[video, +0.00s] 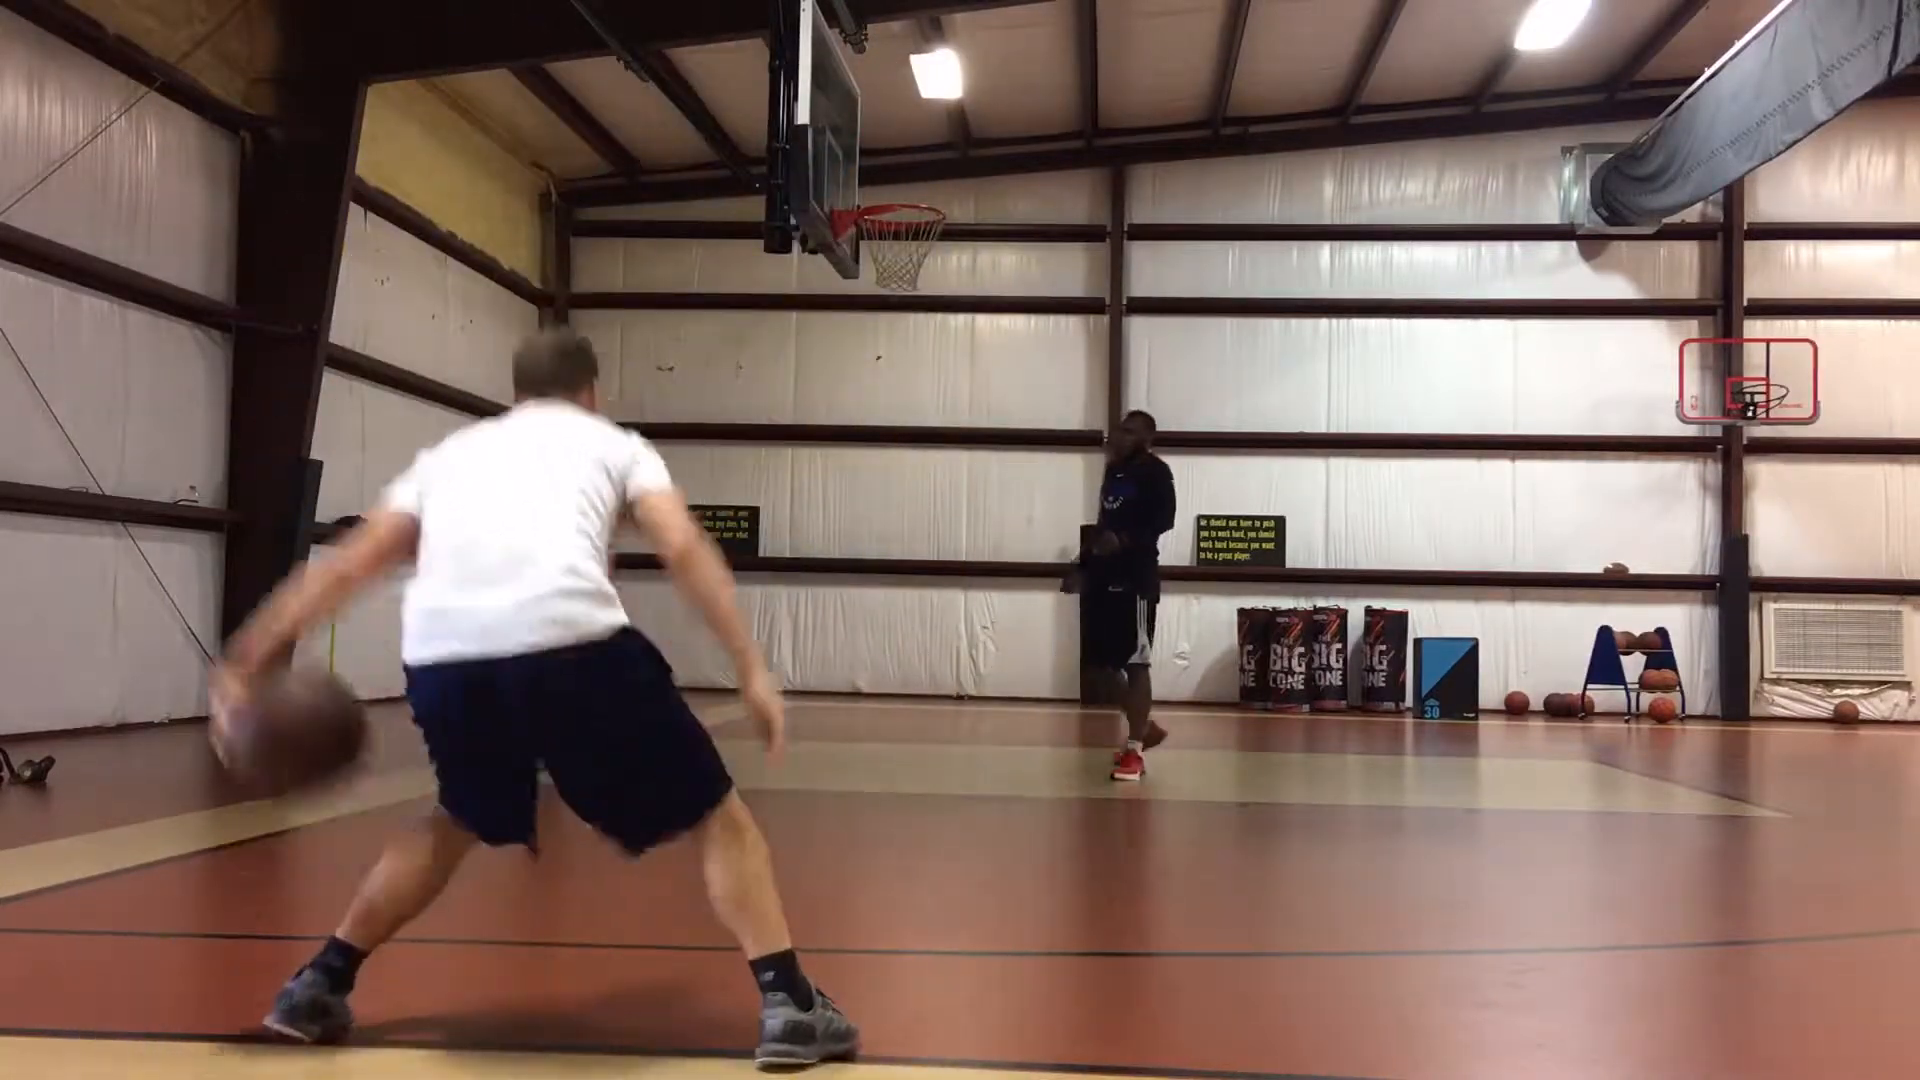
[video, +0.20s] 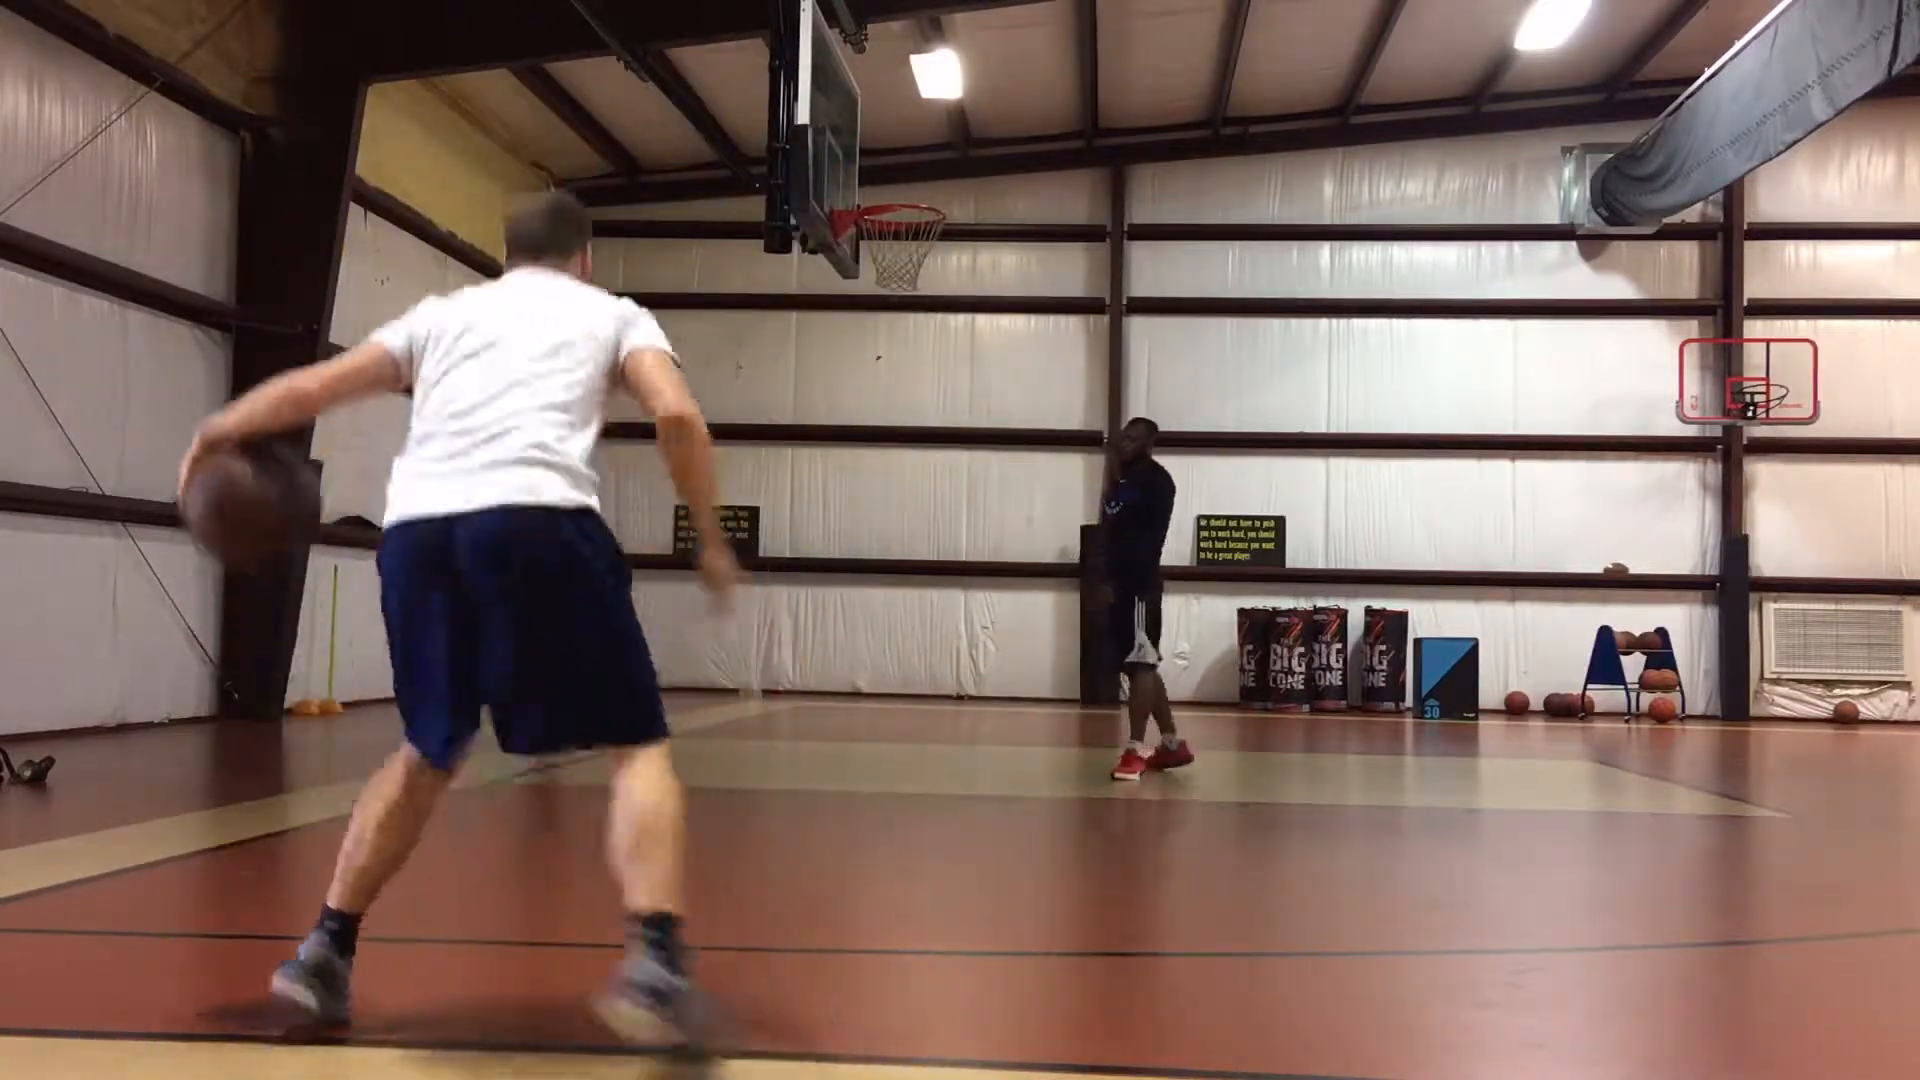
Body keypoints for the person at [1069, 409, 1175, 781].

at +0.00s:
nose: (1120, 435)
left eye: (1129, 431)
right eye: (1120, 428)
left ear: (1147, 438)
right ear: (1117, 432)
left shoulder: (1156, 471)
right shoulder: (1114, 472)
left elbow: (1162, 520)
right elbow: (1107, 526)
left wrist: (1123, 538)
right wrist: (1082, 565)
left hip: (1136, 580)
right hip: (1104, 578)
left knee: (1136, 664)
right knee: (1101, 666)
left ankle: (1134, 749)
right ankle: (1146, 726)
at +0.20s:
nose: (1124, 443)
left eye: (1132, 438)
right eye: (1123, 437)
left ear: (1149, 443)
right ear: (1123, 440)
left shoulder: (1154, 478)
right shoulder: (1130, 476)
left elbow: (1123, 517)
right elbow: (1113, 518)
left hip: (1139, 582)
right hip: (1128, 581)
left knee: (1139, 666)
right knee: (1141, 665)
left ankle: (1136, 749)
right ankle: (1171, 743)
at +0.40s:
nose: (1116, 450)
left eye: (1121, 443)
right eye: (1118, 444)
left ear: (1137, 446)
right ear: (1142, 447)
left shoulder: (1145, 479)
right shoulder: (1146, 480)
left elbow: (1129, 536)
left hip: (1138, 584)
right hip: (1141, 583)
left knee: (1130, 662)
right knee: (1150, 663)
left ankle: (1128, 746)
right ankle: (1175, 745)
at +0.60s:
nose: (1106, 451)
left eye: (1109, 444)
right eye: (1107, 444)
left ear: (1124, 446)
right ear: (1137, 446)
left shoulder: (1131, 481)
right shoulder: (1147, 479)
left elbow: (1126, 542)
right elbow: (1147, 542)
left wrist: (1114, 591)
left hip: (1125, 588)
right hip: (1145, 586)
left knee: (1101, 659)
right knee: (1148, 659)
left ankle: (1110, 742)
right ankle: (1174, 743)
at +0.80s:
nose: (1089, 459)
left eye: (1091, 453)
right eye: (1090, 453)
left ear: (1101, 453)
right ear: (1119, 453)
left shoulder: (1109, 486)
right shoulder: (1139, 487)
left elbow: (1110, 543)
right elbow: (1138, 544)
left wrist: (1105, 591)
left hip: (1114, 589)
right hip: (1143, 586)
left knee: (1093, 663)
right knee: (1149, 662)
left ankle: (1081, 739)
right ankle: (1174, 743)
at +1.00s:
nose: (1065, 460)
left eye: (1068, 453)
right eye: (1065, 453)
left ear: (1084, 452)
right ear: (1096, 452)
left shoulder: (1078, 487)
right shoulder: (1121, 487)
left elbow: (1082, 545)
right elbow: (1129, 544)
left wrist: (1080, 596)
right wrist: (1115, 580)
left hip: (1090, 592)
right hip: (1122, 589)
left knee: (1080, 665)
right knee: (1125, 662)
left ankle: (1077, 740)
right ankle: (1163, 731)